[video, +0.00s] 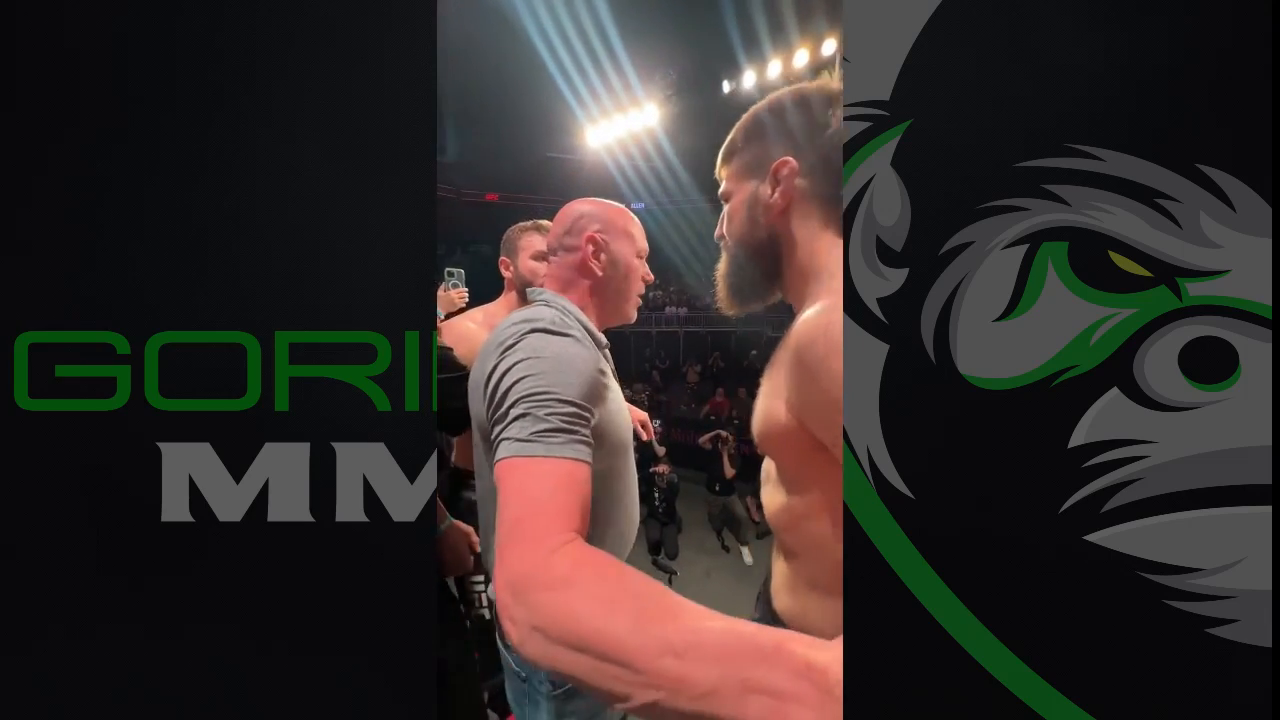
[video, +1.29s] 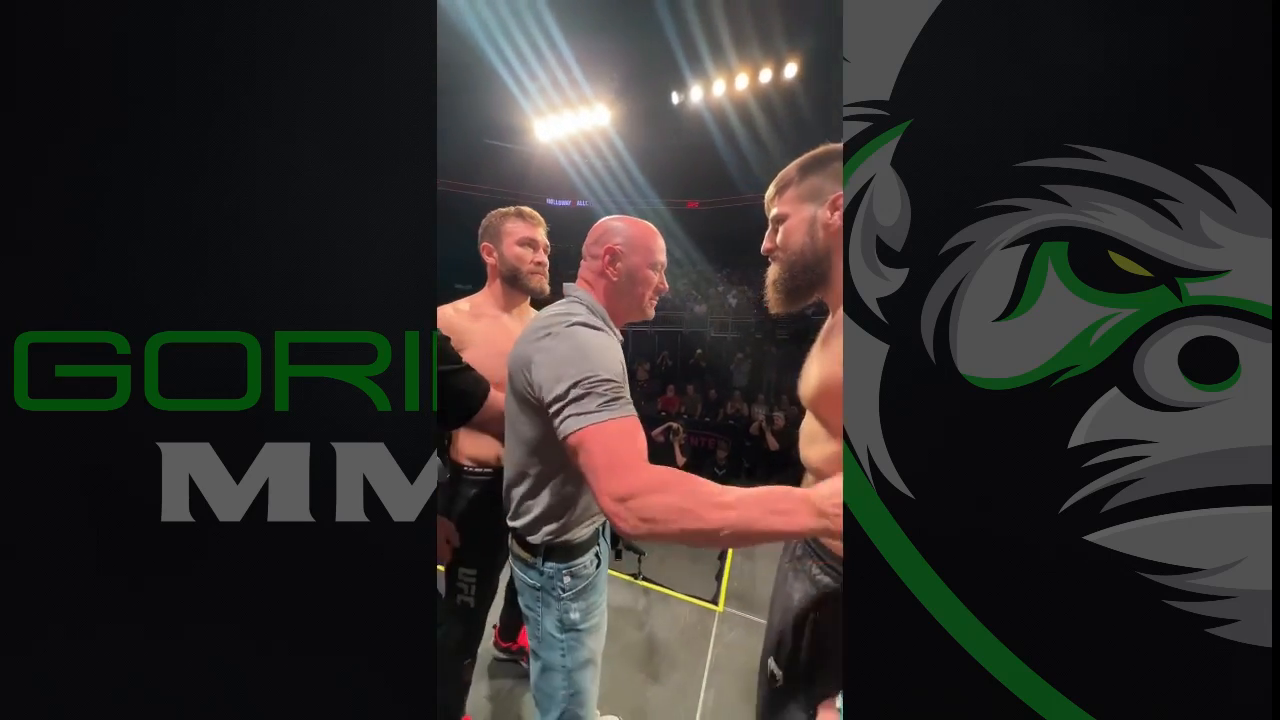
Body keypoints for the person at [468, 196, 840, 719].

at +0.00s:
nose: (650, 277)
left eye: (648, 261)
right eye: (641, 257)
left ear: (592, 257)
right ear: (595, 254)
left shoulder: (545, 333)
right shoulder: (549, 344)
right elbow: (538, 590)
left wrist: (614, 412)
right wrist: (818, 680)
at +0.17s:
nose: (646, 267)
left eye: (642, 253)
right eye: (631, 249)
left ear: (574, 252)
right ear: (575, 250)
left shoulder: (561, 330)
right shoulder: (543, 337)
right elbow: (557, 565)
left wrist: (612, 438)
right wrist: (829, 645)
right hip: (560, 650)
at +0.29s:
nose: (640, 266)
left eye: (635, 251)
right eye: (623, 248)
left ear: (568, 253)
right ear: (567, 251)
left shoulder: (562, 333)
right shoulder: (537, 337)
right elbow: (563, 547)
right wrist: (830, 605)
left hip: (587, 618)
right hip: (553, 636)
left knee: (603, 707)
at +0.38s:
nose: (635, 266)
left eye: (631, 252)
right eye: (619, 249)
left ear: (565, 254)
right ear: (564, 252)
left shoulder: (557, 332)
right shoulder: (535, 337)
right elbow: (564, 544)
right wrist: (825, 580)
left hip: (581, 621)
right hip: (549, 644)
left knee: (598, 707)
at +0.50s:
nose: (637, 269)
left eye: (633, 256)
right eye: (621, 253)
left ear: (567, 256)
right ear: (567, 254)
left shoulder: (551, 331)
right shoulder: (538, 341)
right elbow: (574, 541)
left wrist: (598, 449)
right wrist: (823, 553)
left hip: (579, 616)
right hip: (536, 649)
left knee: (600, 703)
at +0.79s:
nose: (644, 270)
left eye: (641, 256)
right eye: (631, 254)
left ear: (581, 259)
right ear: (579, 256)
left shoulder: (568, 333)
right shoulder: (538, 339)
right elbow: (619, 526)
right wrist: (848, 544)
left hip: (584, 582)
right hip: (540, 611)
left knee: (590, 685)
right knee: (557, 712)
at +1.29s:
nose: (665, 285)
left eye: (664, 271)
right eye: (655, 269)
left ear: (607, 265)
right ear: (610, 262)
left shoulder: (572, 327)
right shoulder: (577, 341)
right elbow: (633, 501)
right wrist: (816, 509)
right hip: (559, 563)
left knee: (565, 666)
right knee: (565, 703)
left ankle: (574, 708)